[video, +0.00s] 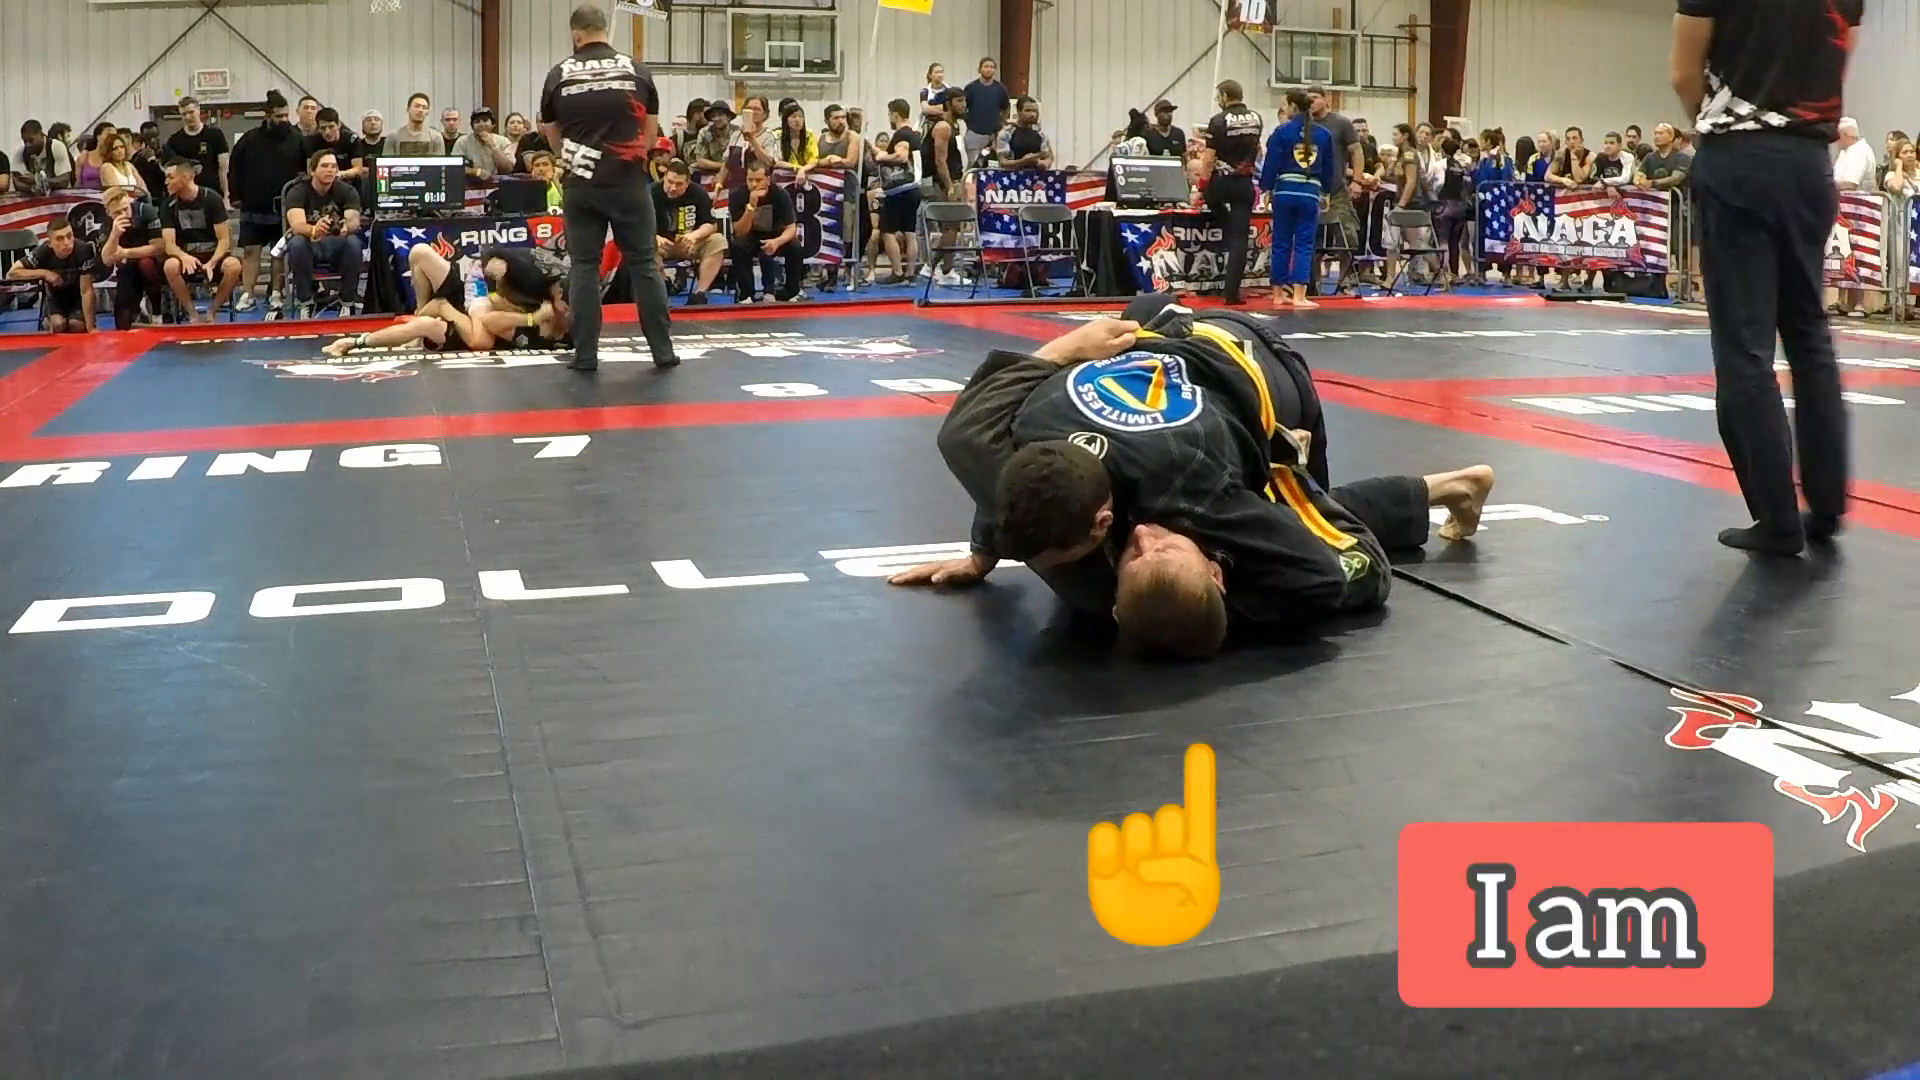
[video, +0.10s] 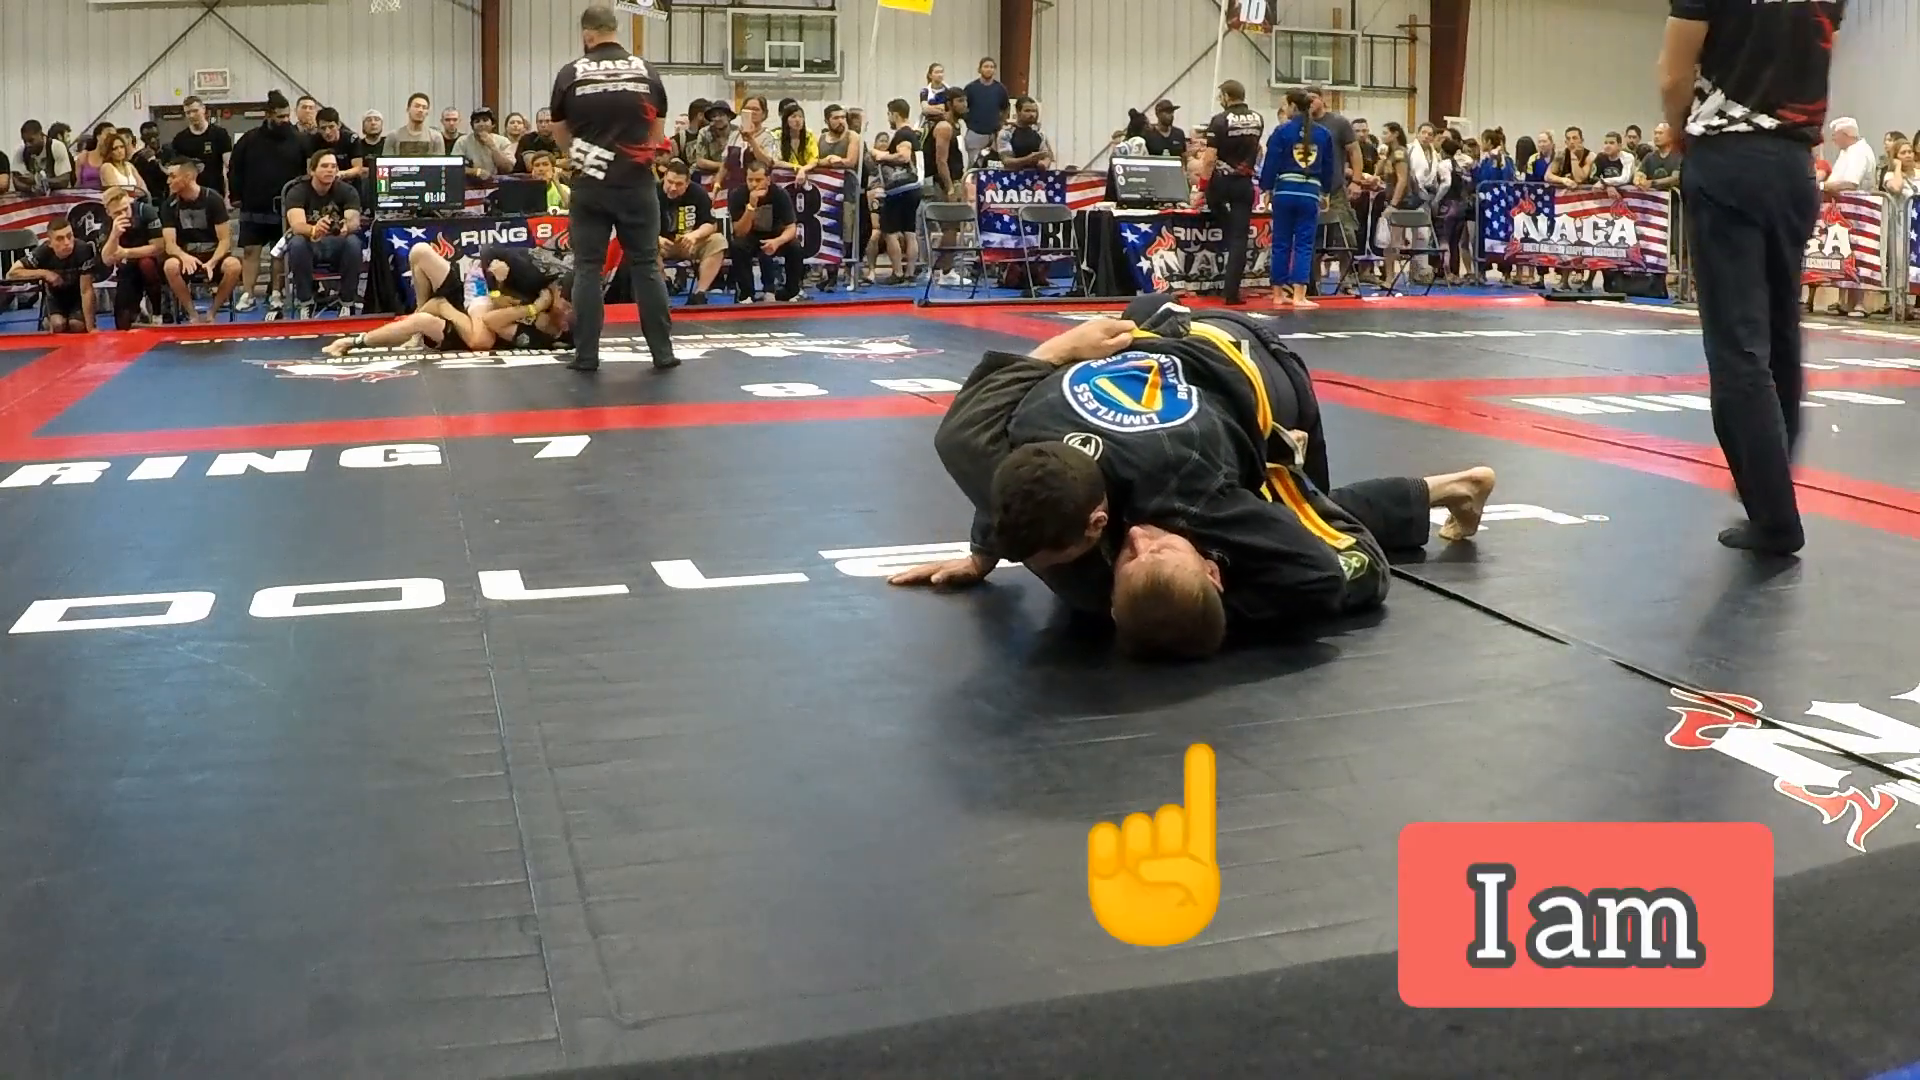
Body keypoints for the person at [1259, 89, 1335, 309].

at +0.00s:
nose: (1284, 109)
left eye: (1286, 105)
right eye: (1285, 104)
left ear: (1292, 106)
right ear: (1307, 106)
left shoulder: (1282, 131)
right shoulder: (1323, 134)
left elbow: (1271, 162)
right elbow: (1328, 167)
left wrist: (1266, 187)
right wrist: (1326, 190)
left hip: (1284, 191)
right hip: (1310, 193)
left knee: (1281, 242)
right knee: (1305, 243)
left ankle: (1278, 293)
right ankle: (1299, 296)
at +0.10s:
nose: (1284, 109)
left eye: (1286, 105)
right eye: (1285, 104)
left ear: (1292, 106)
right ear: (1307, 106)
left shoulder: (1282, 131)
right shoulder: (1323, 133)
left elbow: (1271, 162)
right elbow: (1328, 167)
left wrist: (1266, 187)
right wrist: (1325, 190)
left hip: (1284, 191)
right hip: (1310, 193)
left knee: (1281, 242)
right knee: (1305, 243)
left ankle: (1278, 293)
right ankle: (1299, 296)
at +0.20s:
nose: (1285, 108)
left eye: (1286, 105)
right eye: (1286, 104)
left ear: (1292, 106)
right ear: (1308, 106)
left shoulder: (1282, 130)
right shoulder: (1323, 133)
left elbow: (1271, 161)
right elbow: (1328, 166)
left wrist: (1266, 187)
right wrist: (1326, 191)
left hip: (1284, 191)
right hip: (1310, 193)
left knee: (1281, 242)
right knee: (1305, 243)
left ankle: (1278, 293)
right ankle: (1299, 295)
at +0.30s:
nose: (1285, 109)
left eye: (1286, 105)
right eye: (1286, 105)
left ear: (1292, 106)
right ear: (1309, 106)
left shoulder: (1282, 130)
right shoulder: (1324, 133)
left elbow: (1271, 161)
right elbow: (1329, 166)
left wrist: (1266, 188)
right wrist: (1327, 191)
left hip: (1284, 191)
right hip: (1310, 193)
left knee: (1281, 242)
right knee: (1305, 243)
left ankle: (1278, 292)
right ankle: (1299, 296)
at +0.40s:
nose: (1285, 108)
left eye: (1287, 105)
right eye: (1286, 104)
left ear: (1292, 106)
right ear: (1310, 106)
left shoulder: (1282, 130)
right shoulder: (1324, 133)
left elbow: (1270, 161)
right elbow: (1330, 166)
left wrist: (1266, 188)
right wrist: (1328, 191)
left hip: (1284, 192)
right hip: (1311, 194)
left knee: (1281, 242)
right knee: (1305, 244)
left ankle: (1278, 293)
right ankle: (1299, 296)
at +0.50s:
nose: (1285, 108)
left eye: (1287, 105)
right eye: (1286, 105)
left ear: (1292, 106)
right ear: (1311, 106)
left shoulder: (1282, 130)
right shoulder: (1325, 134)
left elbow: (1270, 161)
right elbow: (1330, 166)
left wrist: (1266, 188)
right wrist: (1328, 191)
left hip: (1284, 191)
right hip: (1311, 194)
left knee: (1281, 242)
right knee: (1305, 244)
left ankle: (1278, 293)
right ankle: (1299, 296)